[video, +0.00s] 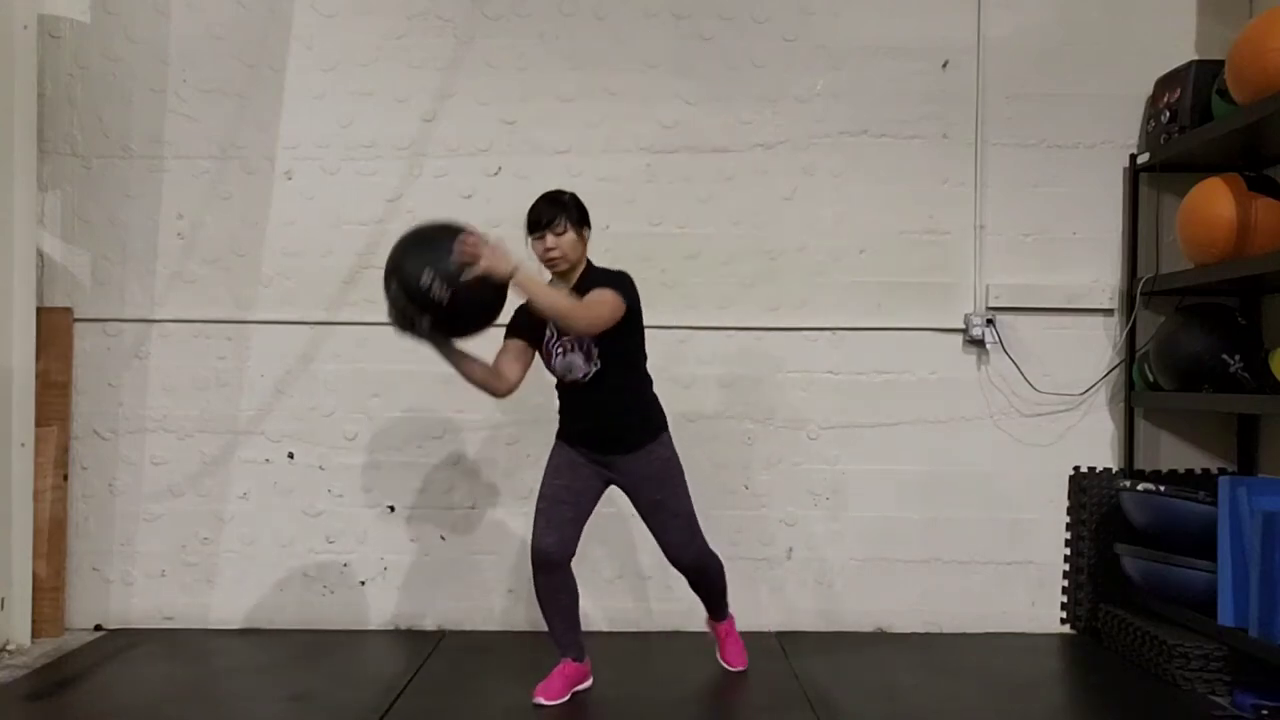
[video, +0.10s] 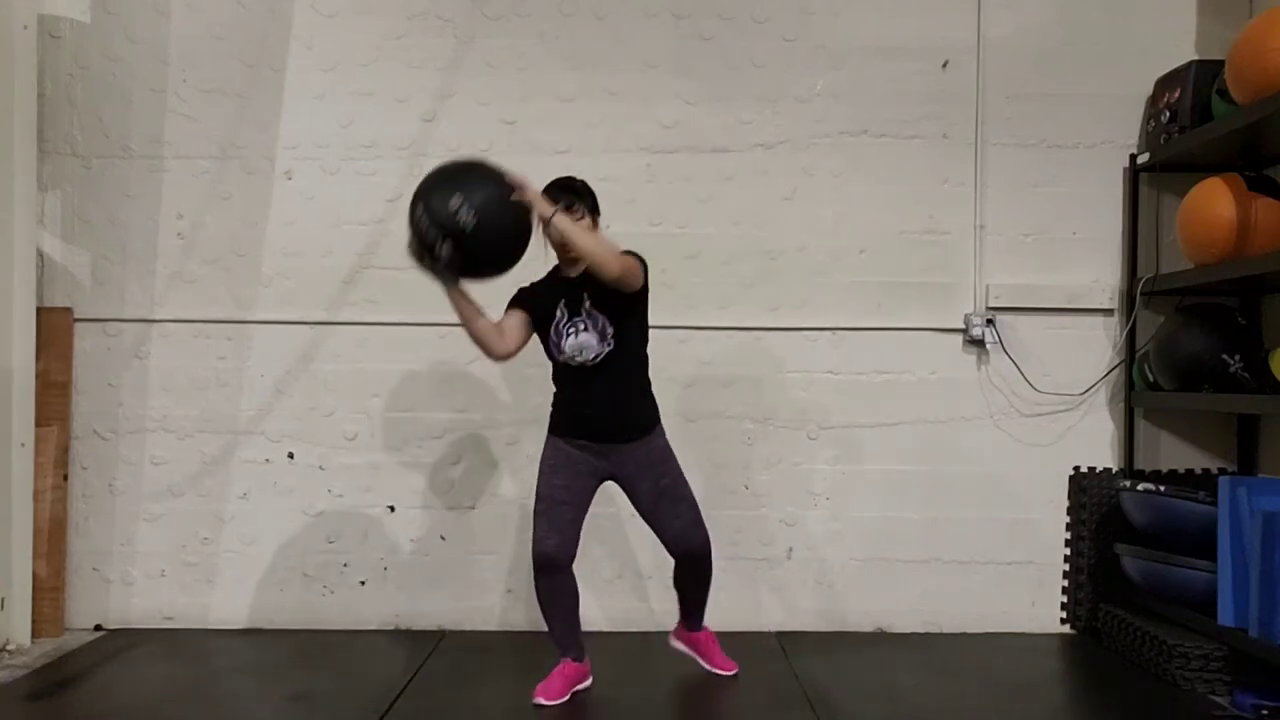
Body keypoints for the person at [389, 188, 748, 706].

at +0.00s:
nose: (548, 245)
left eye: (559, 232)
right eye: (538, 237)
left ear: (584, 235)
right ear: (532, 245)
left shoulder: (615, 286)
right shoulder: (534, 309)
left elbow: (583, 318)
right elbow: (501, 381)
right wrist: (440, 339)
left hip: (641, 445)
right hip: (577, 449)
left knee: (689, 554)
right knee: (548, 552)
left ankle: (722, 621)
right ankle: (574, 661)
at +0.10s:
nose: (561, 227)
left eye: (570, 216)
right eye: (552, 219)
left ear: (595, 221)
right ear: (542, 230)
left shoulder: (628, 271)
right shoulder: (539, 295)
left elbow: (609, 263)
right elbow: (500, 343)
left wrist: (541, 206)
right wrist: (451, 282)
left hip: (638, 442)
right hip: (570, 446)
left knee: (694, 546)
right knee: (549, 555)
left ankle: (691, 630)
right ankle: (573, 662)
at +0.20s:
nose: (587, 223)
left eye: (595, 212)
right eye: (574, 213)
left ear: (607, 214)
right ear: (556, 219)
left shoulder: (634, 265)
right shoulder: (548, 280)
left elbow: (650, 225)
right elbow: (508, 302)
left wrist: (585, 169)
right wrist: (476, 227)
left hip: (637, 438)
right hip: (569, 442)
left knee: (688, 538)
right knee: (559, 557)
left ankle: (675, 645)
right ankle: (570, 659)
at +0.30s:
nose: (609, 216)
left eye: (615, 207)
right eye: (595, 208)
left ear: (624, 210)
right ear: (569, 212)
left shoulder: (636, 257)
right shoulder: (559, 273)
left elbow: (672, 200)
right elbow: (536, 265)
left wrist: (618, 144)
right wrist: (517, 183)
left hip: (635, 434)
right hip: (576, 437)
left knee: (680, 536)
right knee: (578, 554)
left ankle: (672, 650)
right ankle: (559, 657)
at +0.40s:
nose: (629, 214)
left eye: (631, 206)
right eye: (617, 204)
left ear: (634, 210)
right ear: (588, 207)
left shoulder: (635, 251)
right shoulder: (573, 262)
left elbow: (678, 190)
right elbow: (583, 228)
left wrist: (632, 130)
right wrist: (566, 148)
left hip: (637, 428)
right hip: (589, 432)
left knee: (676, 535)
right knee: (598, 551)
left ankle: (672, 649)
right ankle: (538, 651)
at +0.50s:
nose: (637, 209)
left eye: (638, 198)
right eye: (627, 198)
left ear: (624, 207)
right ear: (606, 206)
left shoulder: (630, 249)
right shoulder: (593, 251)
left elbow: (673, 192)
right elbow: (631, 202)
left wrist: (640, 130)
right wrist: (611, 123)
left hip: (637, 427)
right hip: (607, 428)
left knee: (669, 535)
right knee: (607, 551)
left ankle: (671, 649)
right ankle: (517, 648)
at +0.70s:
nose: (672, 216)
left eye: (670, 207)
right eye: (667, 207)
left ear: (623, 208)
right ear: (653, 210)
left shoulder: (611, 255)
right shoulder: (647, 253)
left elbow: (643, 197)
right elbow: (711, 192)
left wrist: (648, 136)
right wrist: (693, 116)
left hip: (606, 427)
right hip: (639, 430)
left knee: (667, 531)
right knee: (610, 553)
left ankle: (671, 650)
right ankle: (530, 657)